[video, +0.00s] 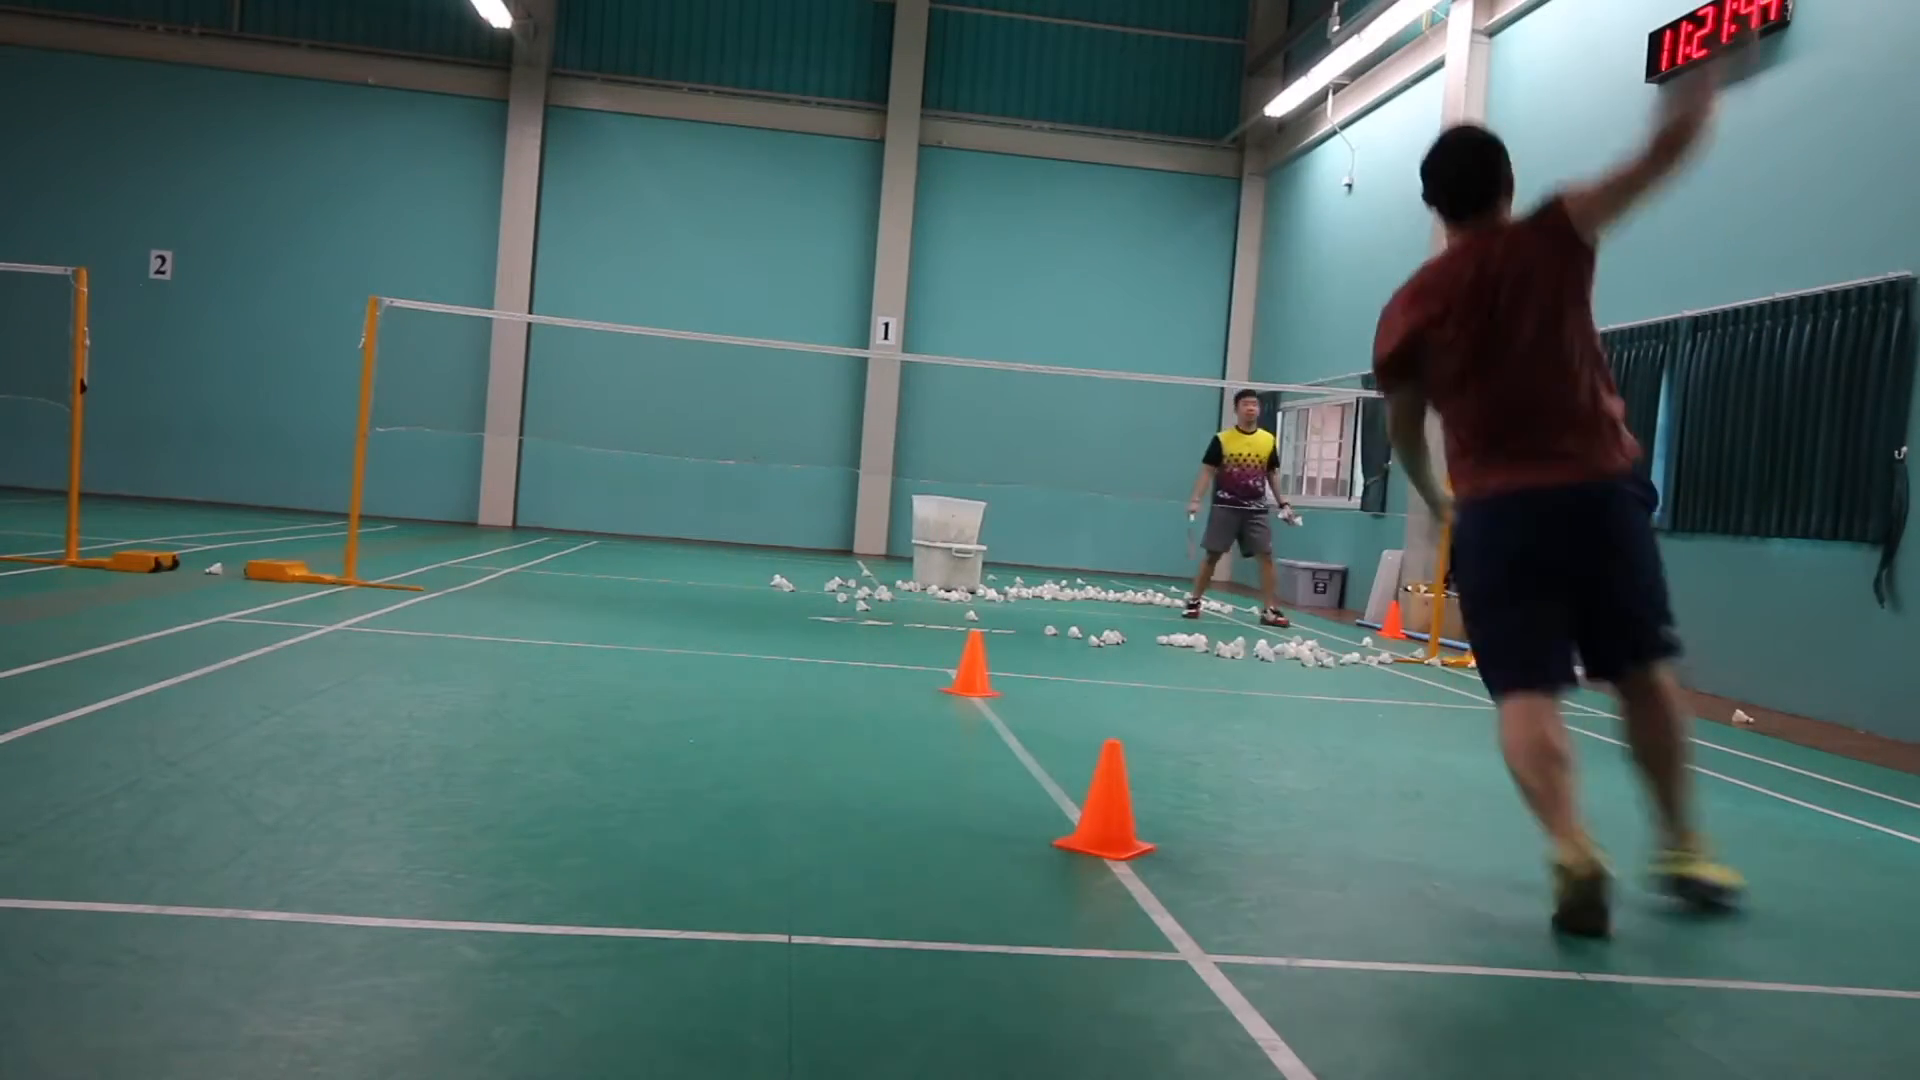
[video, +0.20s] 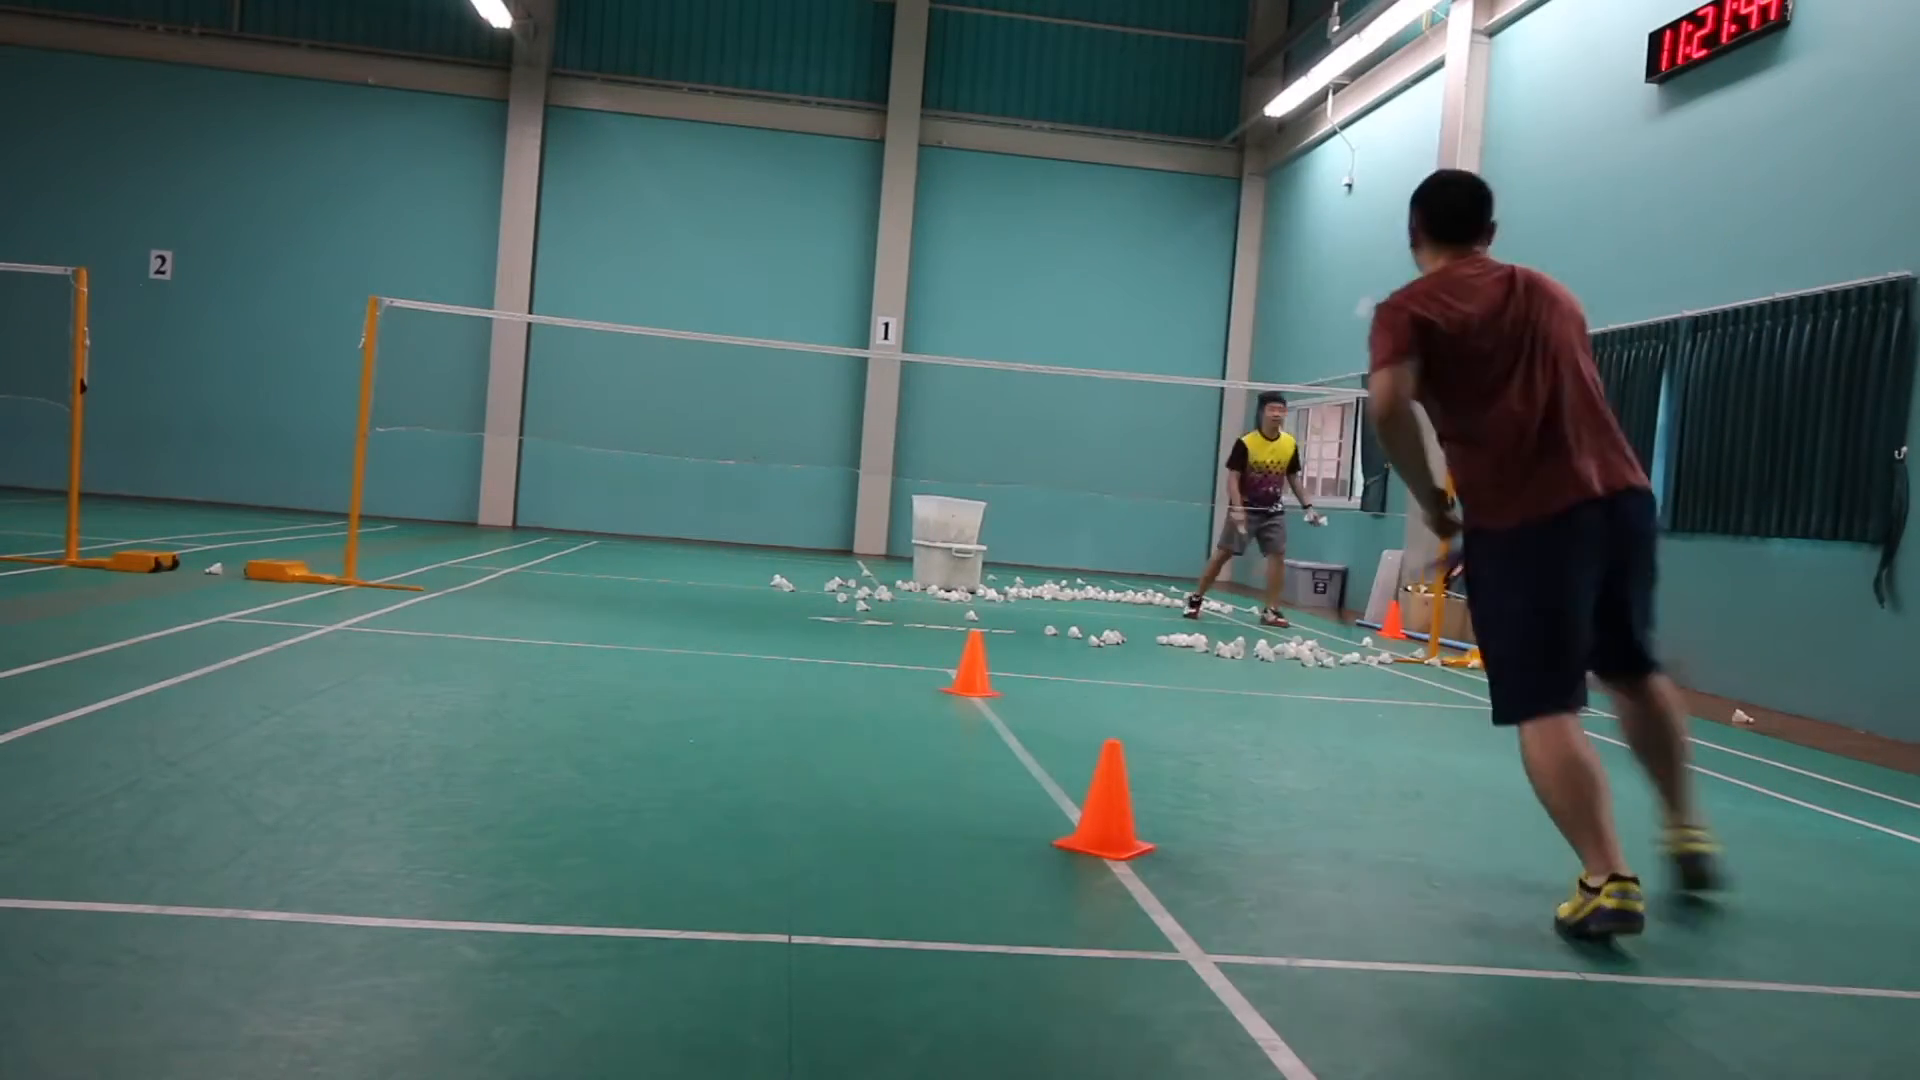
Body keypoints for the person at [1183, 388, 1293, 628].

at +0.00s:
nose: (1251, 409)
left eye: (1254, 405)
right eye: (1246, 404)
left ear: (1259, 410)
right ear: (1236, 409)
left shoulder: (1268, 441)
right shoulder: (1222, 439)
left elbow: (1272, 474)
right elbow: (1207, 471)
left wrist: (1281, 502)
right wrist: (1195, 499)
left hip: (1256, 509)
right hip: (1226, 507)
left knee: (1266, 556)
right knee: (1213, 556)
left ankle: (1270, 609)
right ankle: (1195, 600)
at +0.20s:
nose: (1277, 415)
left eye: (1281, 411)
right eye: (1272, 410)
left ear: (1285, 415)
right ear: (1262, 413)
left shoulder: (1289, 444)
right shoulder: (1246, 443)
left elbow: (1293, 478)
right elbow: (1233, 478)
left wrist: (1308, 507)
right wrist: (1237, 510)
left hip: (1273, 512)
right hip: (1245, 509)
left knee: (1278, 557)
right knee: (1223, 554)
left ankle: (1271, 609)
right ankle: (1197, 597)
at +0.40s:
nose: (1278, 428)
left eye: (1282, 423)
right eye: (1274, 422)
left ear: (1286, 425)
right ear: (1263, 423)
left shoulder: (1282, 451)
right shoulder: (1245, 448)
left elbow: (1285, 478)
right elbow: (1235, 480)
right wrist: (1242, 487)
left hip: (1269, 512)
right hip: (1241, 511)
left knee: (1273, 558)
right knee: (1223, 557)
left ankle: (1272, 609)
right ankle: (1204, 602)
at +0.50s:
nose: (1270, 420)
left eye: (1273, 415)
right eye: (1265, 414)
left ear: (1277, 419)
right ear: (1254, 416)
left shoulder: (1276, 445)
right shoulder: (1239, 441)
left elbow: (1279, 474)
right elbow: (1221, 467)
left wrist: (1295, 496)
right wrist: (1211, 488)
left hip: (1255, 505)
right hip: (1228, 502)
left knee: (1268, 554)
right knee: (1220, 553)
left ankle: (1270, 608)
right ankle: (1203, 602)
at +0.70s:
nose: (1245, 414)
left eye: (1250, 409)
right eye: (1241, 409)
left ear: (1258, 414)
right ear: (1233, 412)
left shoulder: (1265, 438)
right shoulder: (1222, 436)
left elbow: (1266, 471)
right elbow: (1209, 469)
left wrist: (1278, 499)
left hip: (1251, 506)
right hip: (1221, 503)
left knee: (1255, 555)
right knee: (1211, 556)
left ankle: (1253, 605)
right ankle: (1202, 603)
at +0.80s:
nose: (1243, 412)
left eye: (1248, 408)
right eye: (1239, 407)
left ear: (1257, 412)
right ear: (1233, 411)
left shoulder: (1268, 439)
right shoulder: (1220, 441)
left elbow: (1272, 470)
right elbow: (1207, 477)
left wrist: (1286, 499)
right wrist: (1197, 511)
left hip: (1254, 509)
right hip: (1224, 507)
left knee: (1255, 558)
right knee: (1215, 555)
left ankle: (1251, 607)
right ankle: (1203, 604)